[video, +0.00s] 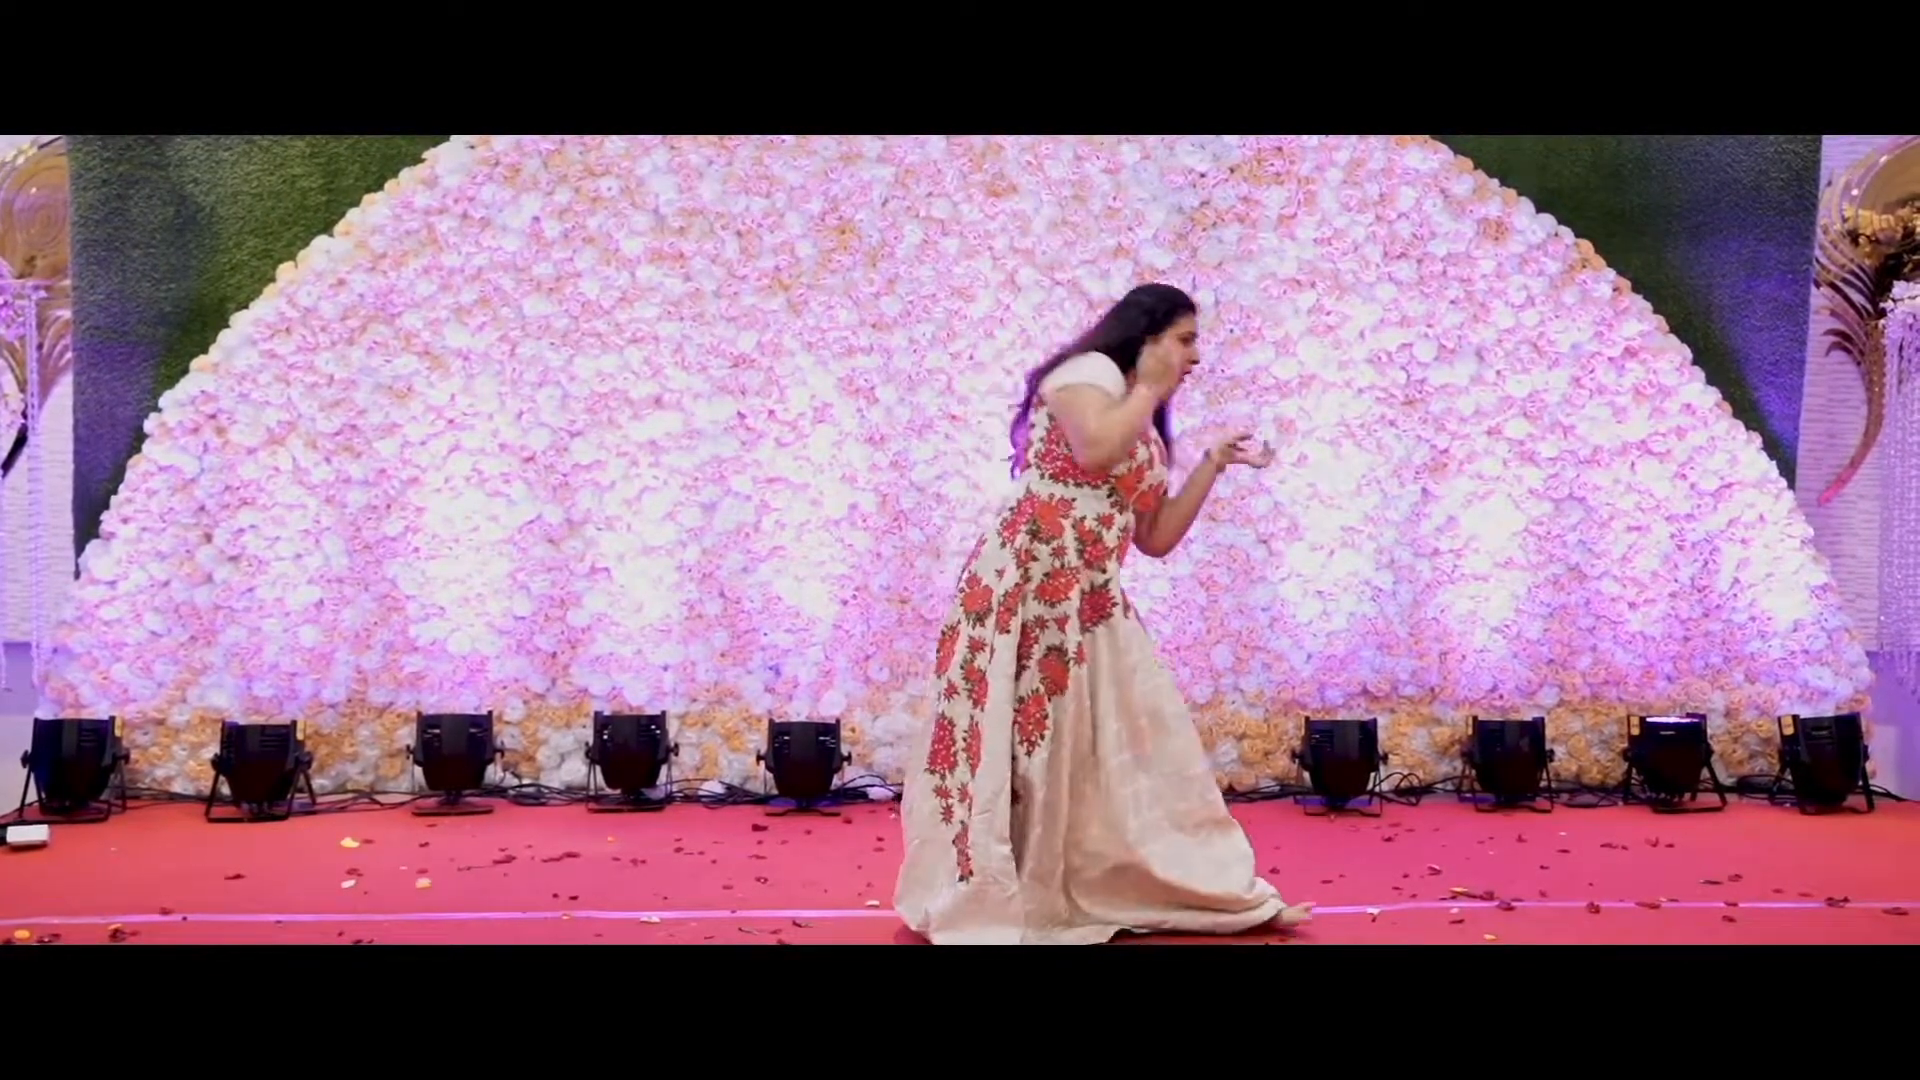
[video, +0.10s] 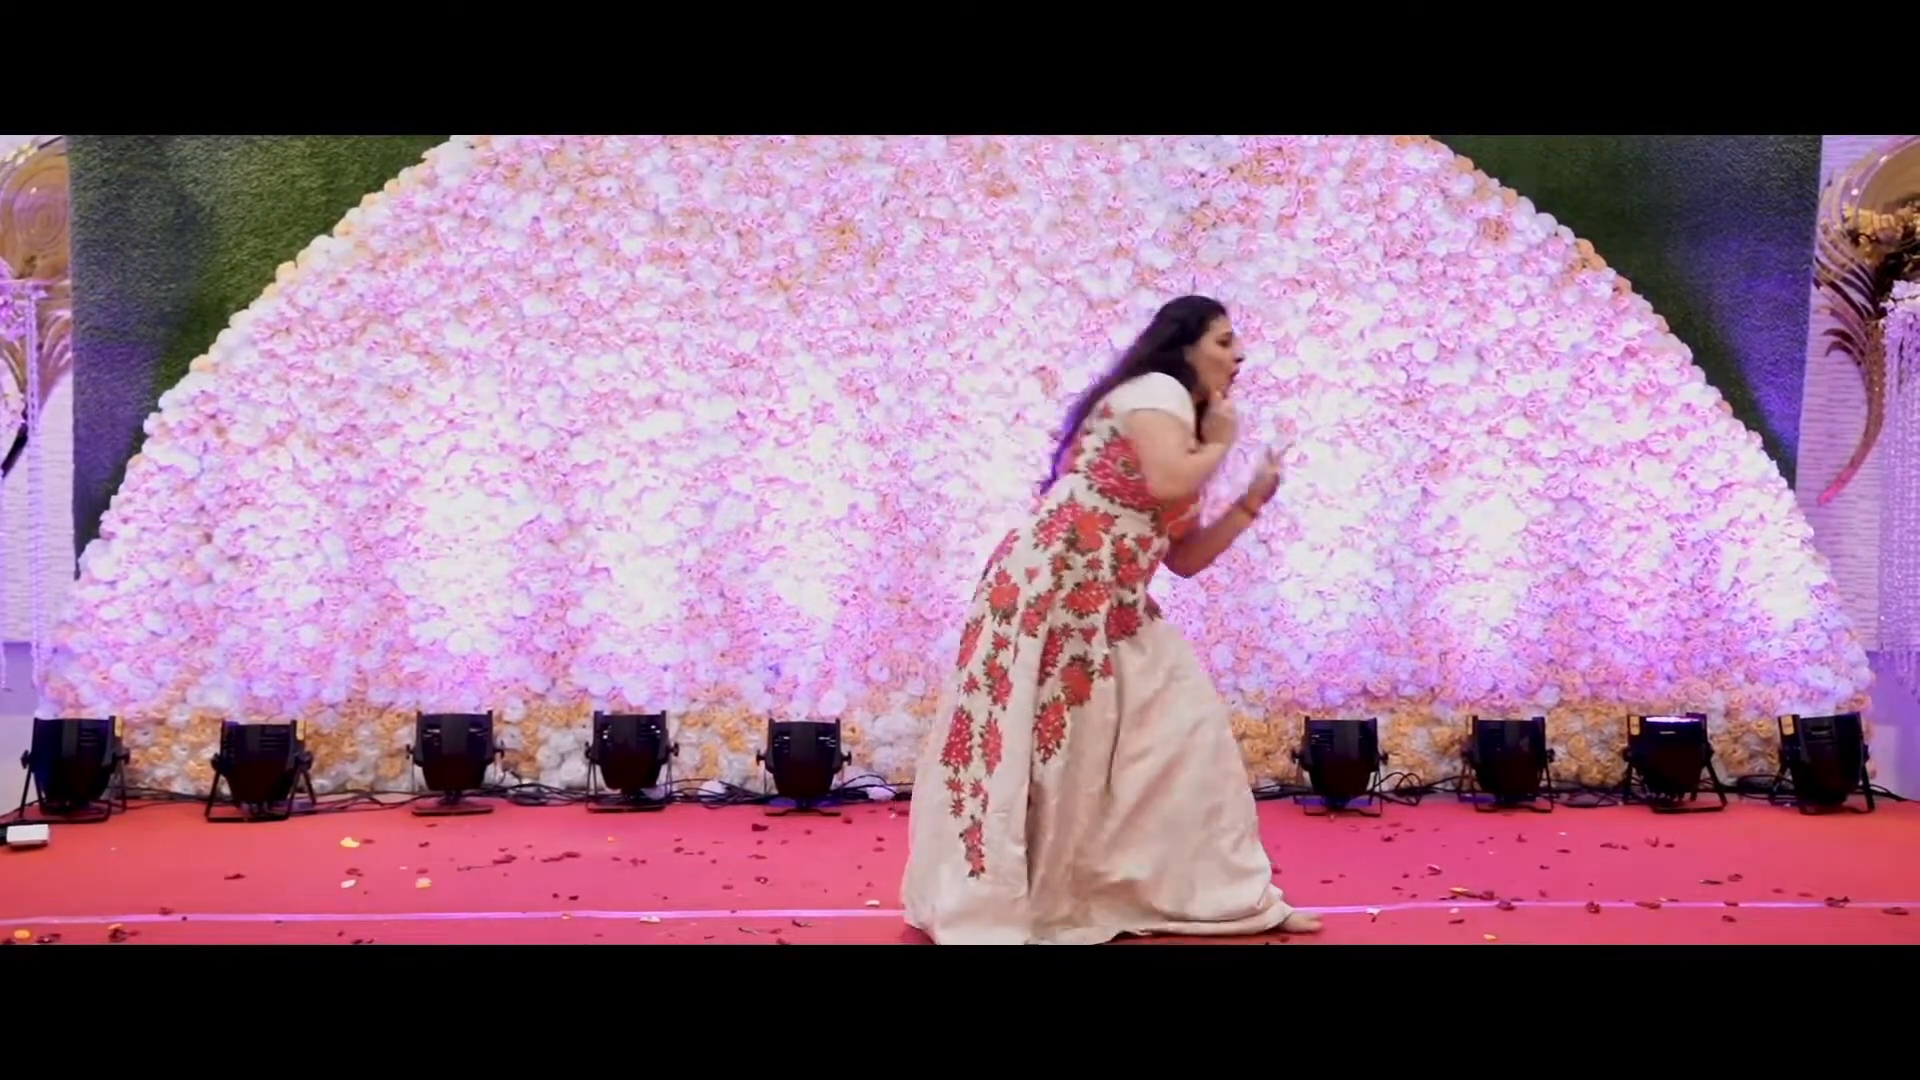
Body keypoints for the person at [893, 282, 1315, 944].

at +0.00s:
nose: (1194, 356)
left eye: (1196, 343)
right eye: (1186, 340)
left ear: (1158, 346)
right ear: (1146, 336)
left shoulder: (1144, 437)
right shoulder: (1083, 373)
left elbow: (1158, 537)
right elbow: (1095, 445)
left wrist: (1211, 464)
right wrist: (1149, 388)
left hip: (1090, 597)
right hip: (1027, 585)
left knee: (1137, 736)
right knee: (1022, 741)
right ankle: (1010, 892)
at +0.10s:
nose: (1236, 356)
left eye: (1235, 344)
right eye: (1224, 343)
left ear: (1203, 352)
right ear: (1185, 348)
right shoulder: (1156, 392)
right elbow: (1168, 483)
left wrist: (1248, 505)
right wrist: (1221, 441)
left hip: (1111, 602)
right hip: (1053, 591)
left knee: (1187, 726)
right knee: (1056, 743)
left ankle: (1211, 887)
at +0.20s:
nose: (1278, 364)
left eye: (1275, 352)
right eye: (1263, 352)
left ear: (1226, 361)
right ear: (1224, 360)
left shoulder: (1209, 441)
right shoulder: (1206, 405)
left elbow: (1223, 569)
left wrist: (1292, 539)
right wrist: (1269, 454)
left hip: (1131, 605)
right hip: (1079, 591)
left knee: (1222, 716)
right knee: (1067, 742)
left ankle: (1218, 888)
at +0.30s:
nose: (1310, 376)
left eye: (1306, 362)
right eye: (1293, 364)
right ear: (1255, 375)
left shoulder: (1233, 457)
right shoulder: (1239, 423)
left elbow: (1235, 582)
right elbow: (1342, 436)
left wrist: (1280, 542)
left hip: (1162, 610)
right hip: (1104, 593)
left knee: (1251, 724)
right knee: (1084, 750)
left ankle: (1236, 894)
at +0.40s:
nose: (1326, 385)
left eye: (1322, 372)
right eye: (1309, 374)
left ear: (1306, 383)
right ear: (1268, 385)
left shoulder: (1275, 481)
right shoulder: (1254, 431)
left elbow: (1281, 586)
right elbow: (1359, 430)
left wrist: (1297, 543)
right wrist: (1452, 473)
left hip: (1179, 621)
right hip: (1116, 602)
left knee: (1272, 732)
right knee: (1082, 757)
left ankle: (1230, 896)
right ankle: (1073, 905)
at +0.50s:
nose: (1331, 385)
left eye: (1331, 372)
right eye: (1315, 373)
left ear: (1319, 385)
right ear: (1275, 387)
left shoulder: (1302, 479)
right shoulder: (1256, 435)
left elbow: (1355, 557)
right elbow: (1356, 435)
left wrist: (1361, 501)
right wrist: (1472, 458)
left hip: (1197, 627)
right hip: (1126, 609)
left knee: (1286, 731)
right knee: (1089, 759)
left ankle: (1224, 893)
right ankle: (1048, 906)